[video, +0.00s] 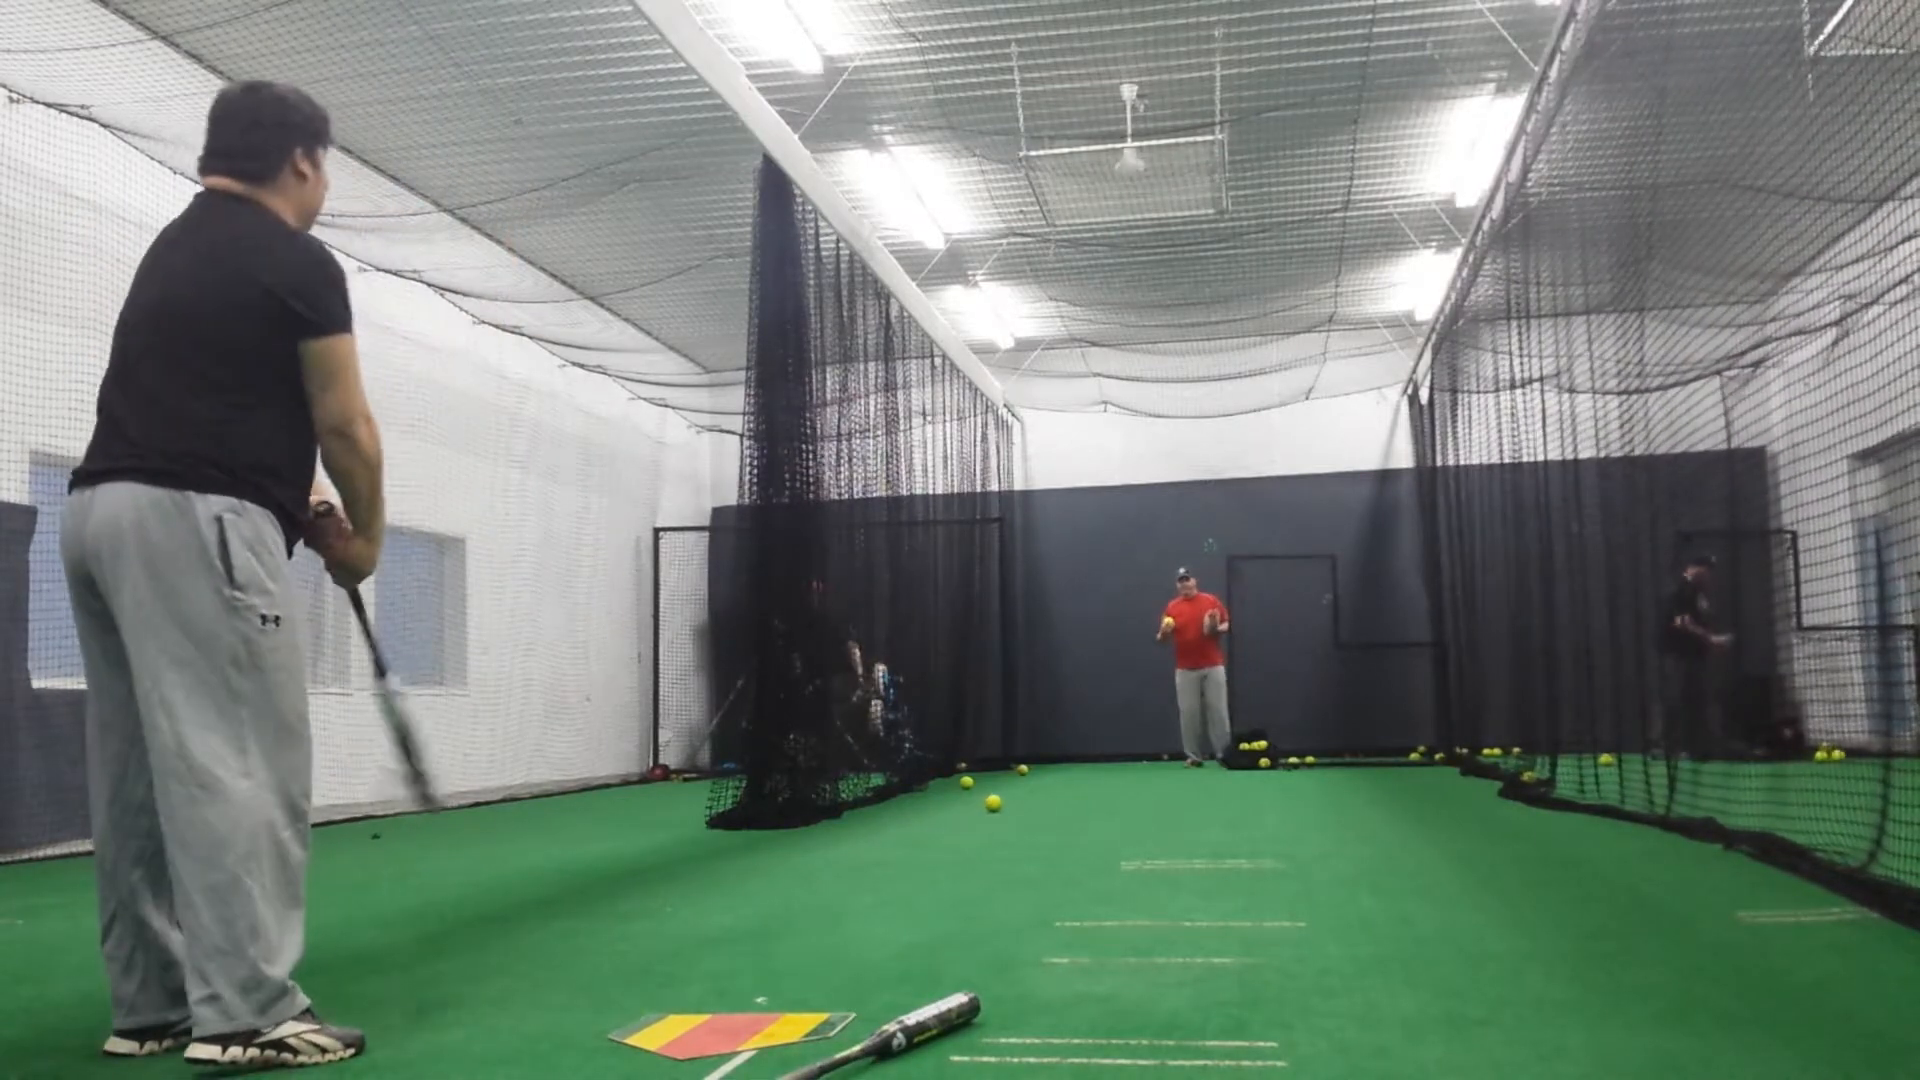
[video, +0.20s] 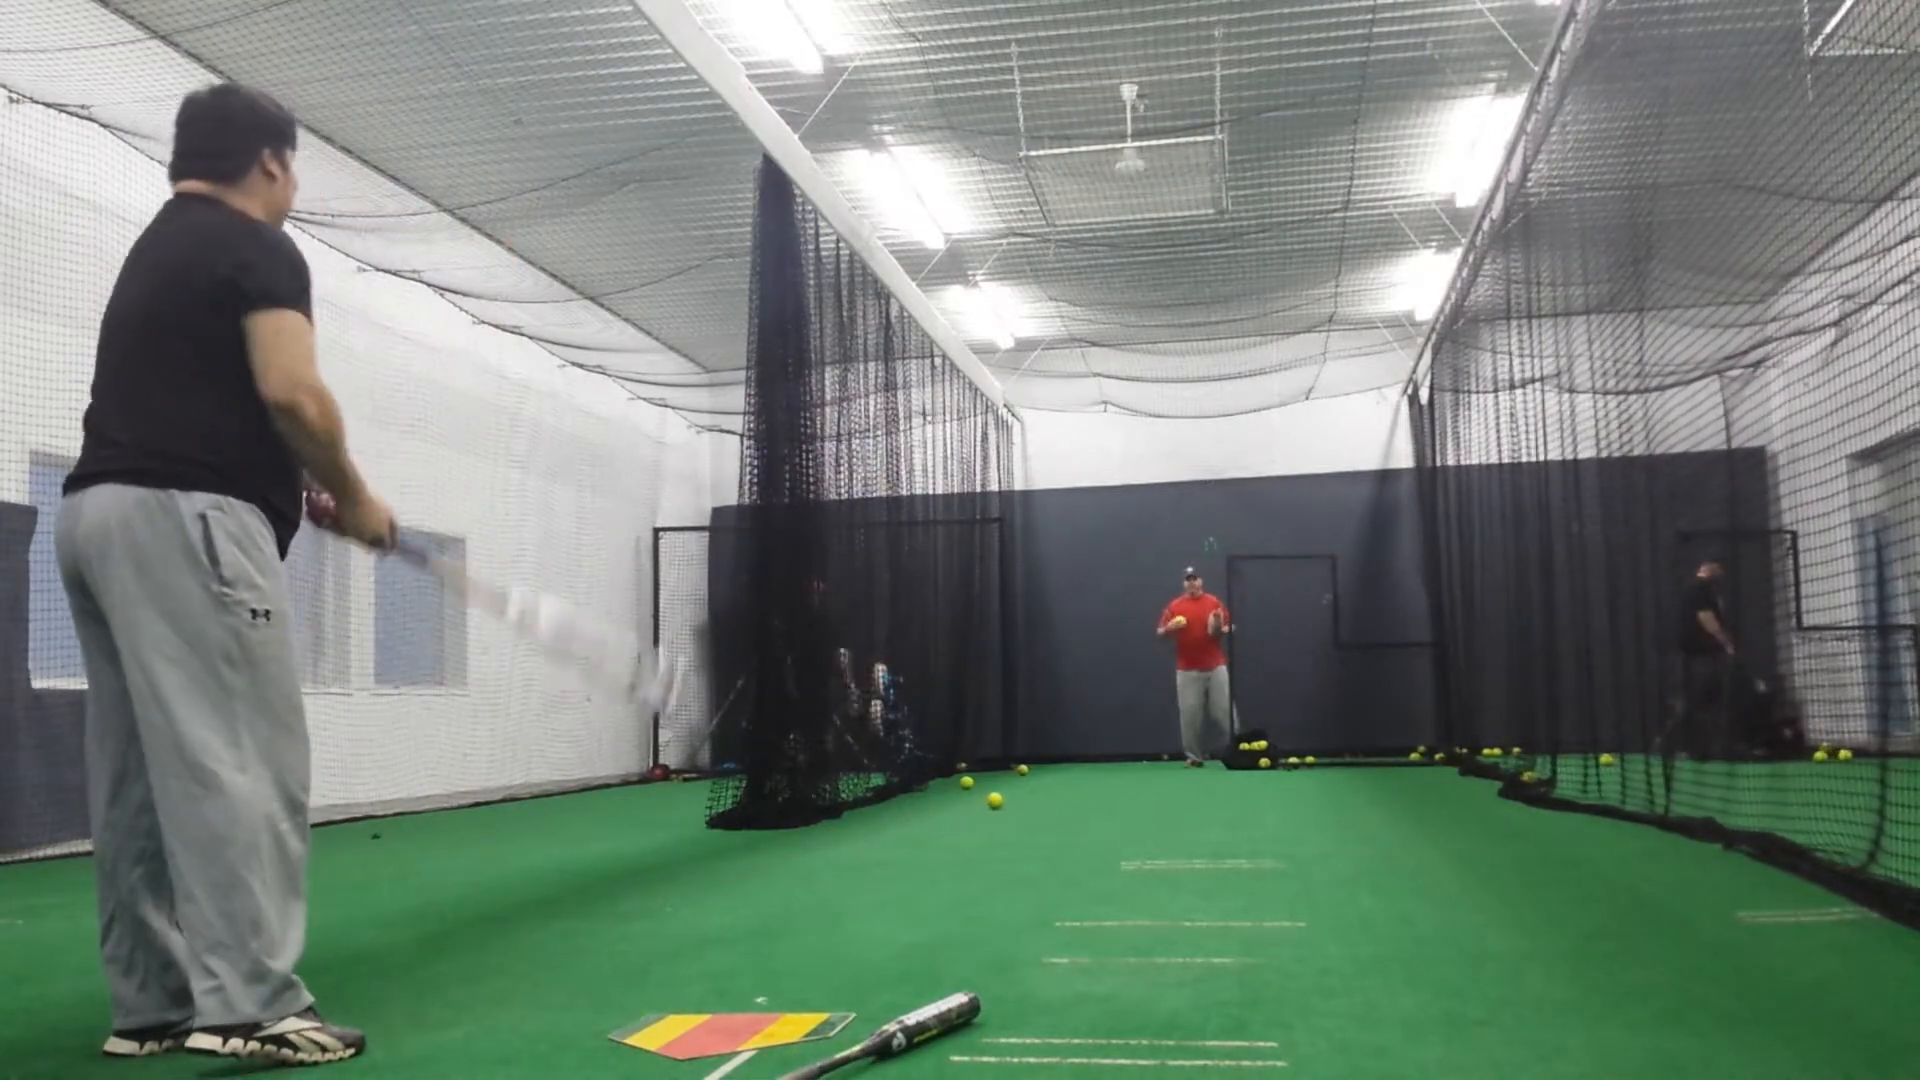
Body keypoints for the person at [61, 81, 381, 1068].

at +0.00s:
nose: (327, 188)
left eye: (325, 170)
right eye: (325, 169)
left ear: (219, 163)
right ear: (298, 163)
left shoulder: (176, 243)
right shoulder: (297, 259)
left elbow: (203, 406)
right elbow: (348, 430)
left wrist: (302, 504)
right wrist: (364, 537)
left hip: (101, 513)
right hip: (196, 516)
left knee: (133, 768)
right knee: (237, 765)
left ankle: (150, 1007)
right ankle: (247, 1011)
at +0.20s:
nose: (296, 189)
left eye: (295, 170)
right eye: (292, 169)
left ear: (193, 163)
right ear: (263, 162)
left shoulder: (160, 240)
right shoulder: (256, 245)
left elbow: (190, 398)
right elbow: (293, 394)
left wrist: (304, 481)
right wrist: (351, 488)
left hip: (97, 516)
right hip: (181, 514)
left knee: (133, 768)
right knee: (241, 758)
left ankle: (152, 1006)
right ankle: (251, 1005)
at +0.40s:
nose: (270, 190)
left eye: (267, 173)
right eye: (267, 171)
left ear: (171, 167)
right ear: (240, 165)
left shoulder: (148, 237)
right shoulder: (221, 231)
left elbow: (209, 407)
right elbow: (237, 354)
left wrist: (335, 439)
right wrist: (350, 422)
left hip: (102, 516)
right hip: (172, 516)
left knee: (139, 769)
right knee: (232, 756)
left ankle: (152, 1008)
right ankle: (249, 1005)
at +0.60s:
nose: (257, 182)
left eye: (253, 165)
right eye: (252, 163)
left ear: (157, 163)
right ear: (226, 156)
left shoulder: (146, 236)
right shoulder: (193, 223)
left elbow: (213, 414)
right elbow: (210, 338)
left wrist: (330, 409)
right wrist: (333, 366)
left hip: (116, 519)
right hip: (164, 520)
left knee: (148, 770)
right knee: (204, 761)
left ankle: (153, 1010)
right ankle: (206, 1009)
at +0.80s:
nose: (256, 179)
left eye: (251, 162)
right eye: (251, 160)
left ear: (161, 160)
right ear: (226, 154)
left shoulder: (153, 233)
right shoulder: (186, 221)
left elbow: (200, 400)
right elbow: (206, 336)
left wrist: (314, 413)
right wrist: (323, 358)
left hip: (139, 524)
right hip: (159, 525)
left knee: (162, 773)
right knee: (179, 773)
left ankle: (160, 1011)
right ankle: (182, 1015)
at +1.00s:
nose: (261, 165)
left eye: (254, 147)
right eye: (255, 146)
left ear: (160, 149)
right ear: (230, 142)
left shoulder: (157, 225)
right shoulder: (188, 217)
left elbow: (193, 400)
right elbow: (197, 334)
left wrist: (316, 440)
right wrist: (314, 377)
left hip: (139, 522)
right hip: (167, 526)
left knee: (165, 771)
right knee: (189, 772)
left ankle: (170, 1000)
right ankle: (162, 1020)